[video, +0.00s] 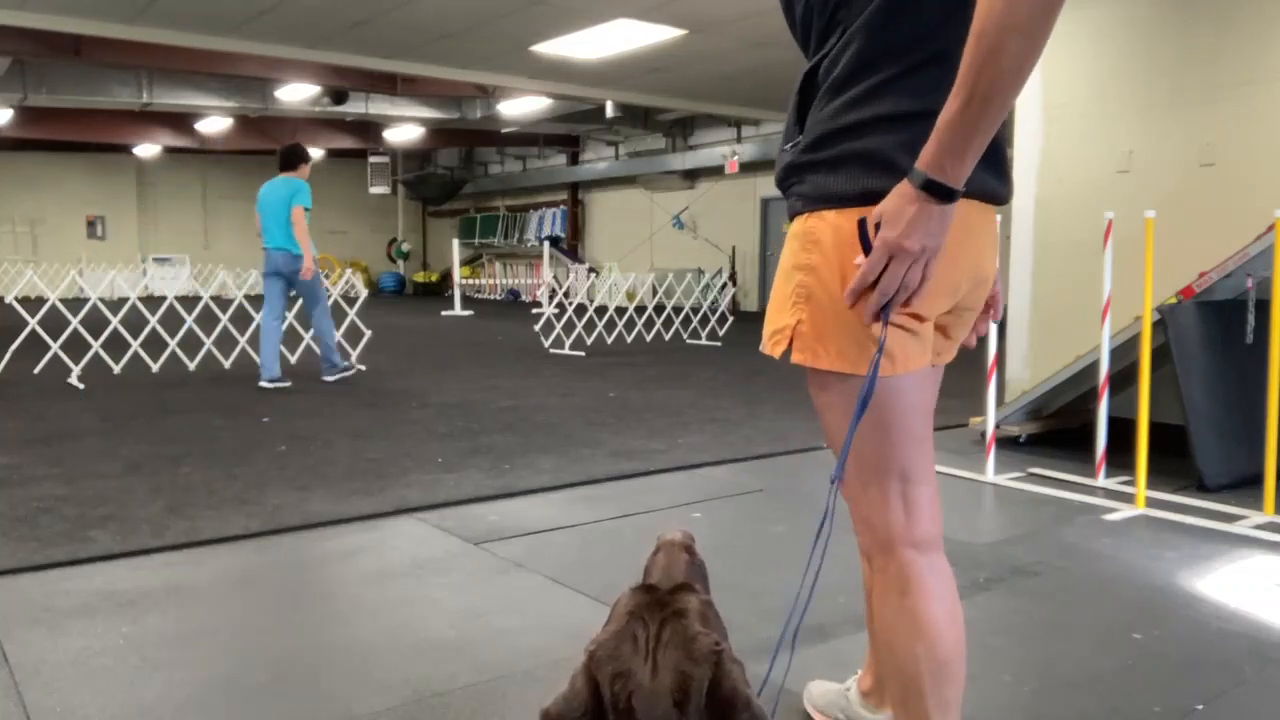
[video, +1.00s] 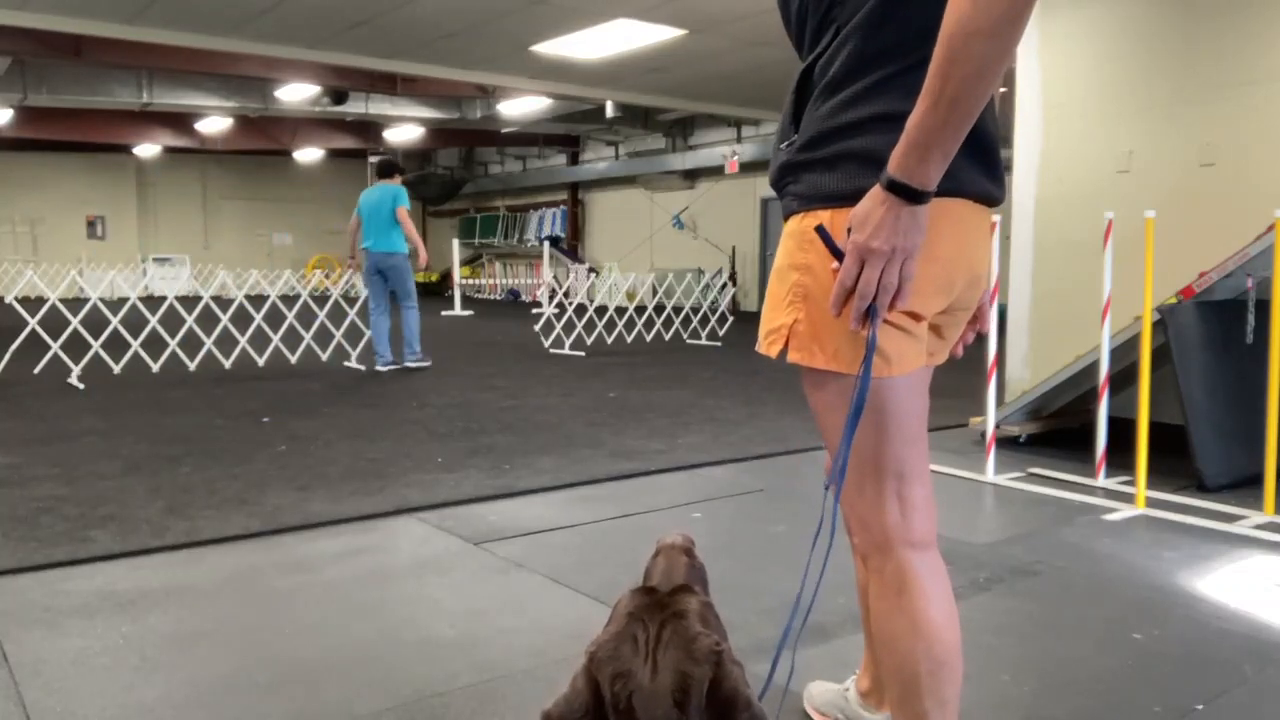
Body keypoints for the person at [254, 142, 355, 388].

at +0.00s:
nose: (310, 171)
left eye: (309, 166)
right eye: (308, 166)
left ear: (283, 165)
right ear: (301, 165)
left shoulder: (265, 188)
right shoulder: (300, 186)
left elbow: (260, 227)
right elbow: (298, 219)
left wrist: (273, 245)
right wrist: (308, 255)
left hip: (271, 254)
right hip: (294, 254)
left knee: (271, 315)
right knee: (319, 306)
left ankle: (269, 374)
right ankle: (333, 363)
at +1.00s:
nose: (400, 180)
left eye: (400, 178)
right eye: (400, 177)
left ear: (378, 176)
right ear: (396, 176)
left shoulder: (365, 194)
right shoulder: (398, 191)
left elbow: (353, 227)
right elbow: (403, 218)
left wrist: (352, 255)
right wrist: (420, 247)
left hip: (370, 254)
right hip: (395, 254)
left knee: (377, 307)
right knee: (409, 304)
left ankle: (382, 358)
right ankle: (413, 354)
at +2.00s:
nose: (385, 186)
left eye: (385, 183)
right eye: (386, 183)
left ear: (388, 184)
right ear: (405, 182)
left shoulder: (382, 204)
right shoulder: (419, 201)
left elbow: (376, 231)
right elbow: (433, 230)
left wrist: (370, 260)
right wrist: (441, 255)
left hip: (394, 258)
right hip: (418, 259)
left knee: (400, 304)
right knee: (423, 302)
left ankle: (408, 350)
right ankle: (425, 337)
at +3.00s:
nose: (367, 185)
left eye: (366, 181)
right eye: (364, 182)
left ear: (346, 185)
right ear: (353, 184)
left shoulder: (330, 203)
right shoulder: (359, 204)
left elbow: (323, 231)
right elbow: (363, 231)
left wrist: (324, 255)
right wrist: (380, 258)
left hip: (336, 257)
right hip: (356, 258)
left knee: (336, 298)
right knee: (364, 301)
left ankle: (315, 340)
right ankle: (363, 344)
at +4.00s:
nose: (303, 182)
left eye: (305, 178)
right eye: (298, 177)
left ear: (308, 182)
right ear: (289, 180)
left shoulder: (305, 203)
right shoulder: (278, 200)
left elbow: (306, 232)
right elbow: (267, 228)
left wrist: (315, 255)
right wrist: (267, 257)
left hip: (301, 257)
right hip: (283, 256)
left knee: (305, 299)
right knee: (285, 300)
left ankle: (308, 341)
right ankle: (277, 343)